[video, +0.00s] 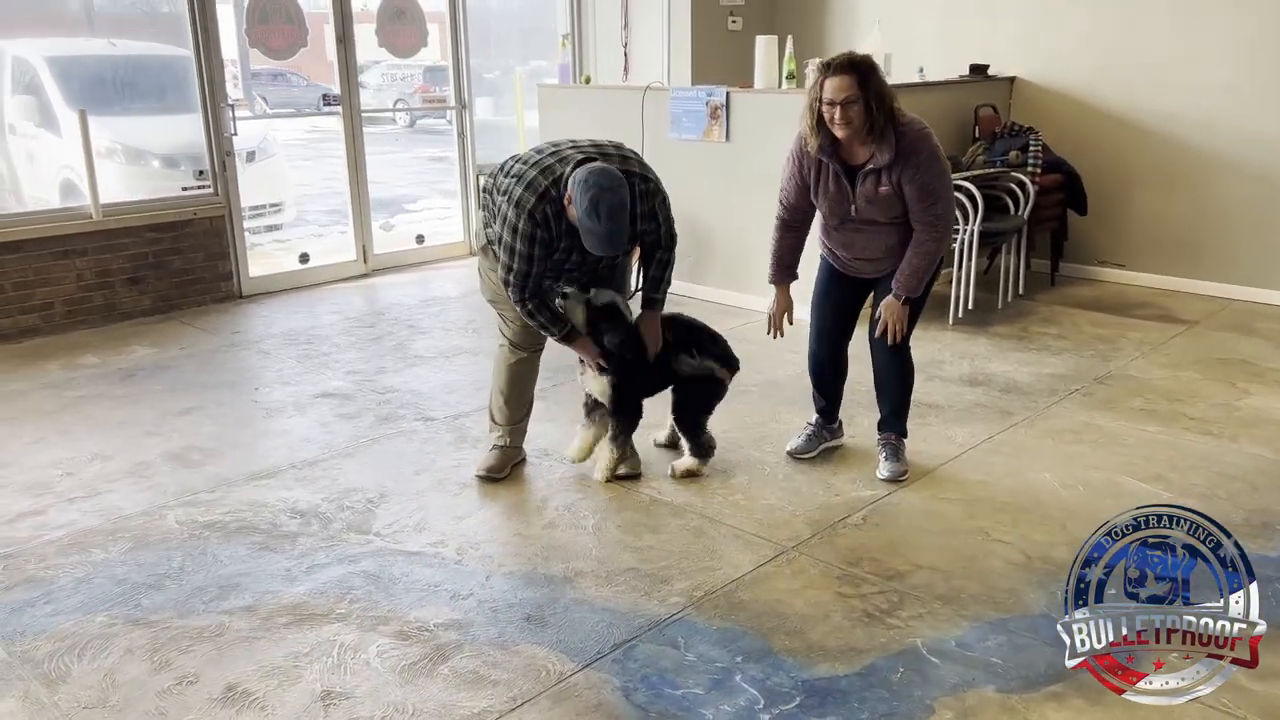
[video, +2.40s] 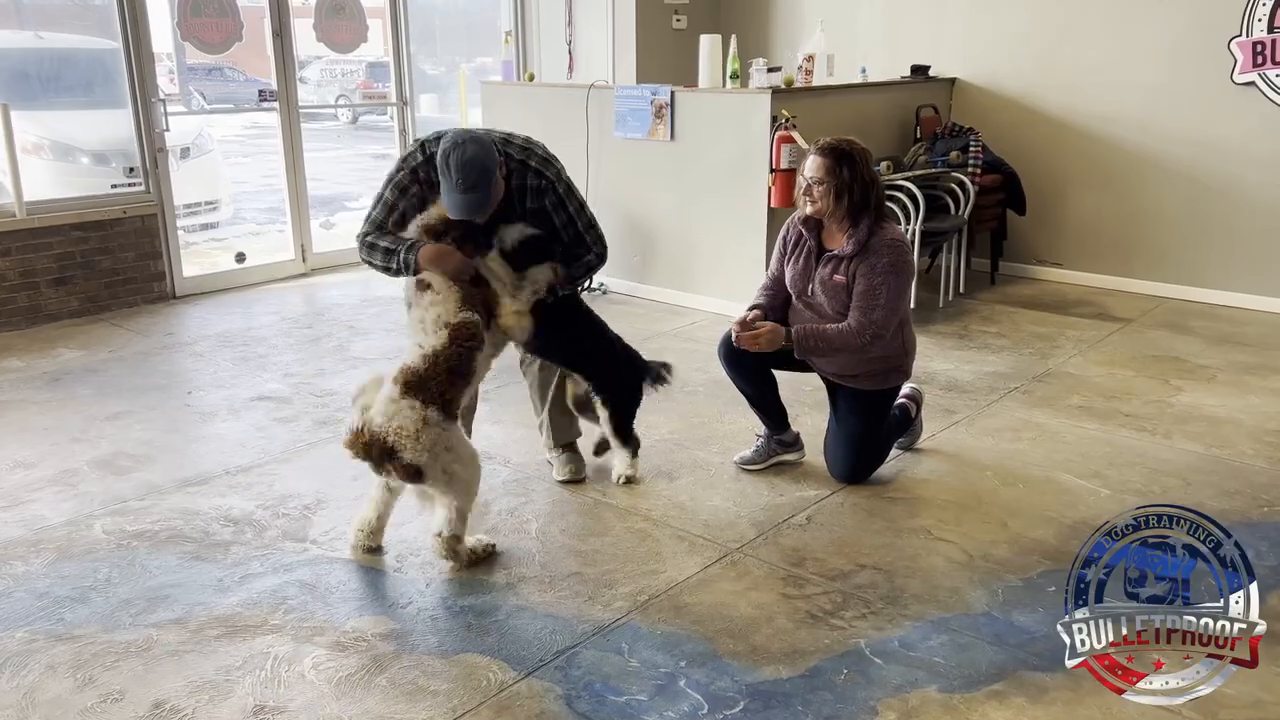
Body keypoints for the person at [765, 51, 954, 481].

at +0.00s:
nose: (838, 114)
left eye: (849, 103)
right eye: (829, 104)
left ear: (871, 101)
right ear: (817, 105)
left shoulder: (913, 143)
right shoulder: (810, 145)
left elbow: (935, 227)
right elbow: (792, 215)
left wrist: (900, 293)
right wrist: (781, 285)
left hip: (903, 259)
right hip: (841, 255)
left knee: (887, 338)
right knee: (823, 345)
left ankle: (892, 439)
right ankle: (826, 423)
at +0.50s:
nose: (809, 147)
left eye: (820, 137)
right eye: (801, 138)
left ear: (844, 136)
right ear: (792, 138)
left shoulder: (889, 173)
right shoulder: (792, 180)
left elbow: (900, 262)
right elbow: (768, 240)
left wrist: (860, 333)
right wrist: (732, 300)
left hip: (907, 267)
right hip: (838, 267)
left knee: (895, 355)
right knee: (818, 355)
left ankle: (922, 417)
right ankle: (831, 440)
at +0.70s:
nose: (793, 175)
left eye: (803, 165)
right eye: (787, 165)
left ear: (831, 165)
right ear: (781, 167)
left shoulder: (876, 207)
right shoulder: (784, 208)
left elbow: (877, 298)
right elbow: (750, 259)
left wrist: (826, 361)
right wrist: (700, 301)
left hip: (901, 298)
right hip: (834, 291)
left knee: (894, 400)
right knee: (797, 350)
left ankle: (951, 405)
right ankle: (825, 440)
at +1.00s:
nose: (796, 218)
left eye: (806, 210)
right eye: (791, 208)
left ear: (834, 210)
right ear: (786, 207)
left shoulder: (872, 259)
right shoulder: (787, 244)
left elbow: (854, 344)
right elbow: (735, 273)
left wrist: (833, 419)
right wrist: (674, 288)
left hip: (888, 353)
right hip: (831, 337)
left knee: (878, 459)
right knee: (772, 357)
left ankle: (938, 411)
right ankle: (813, 442)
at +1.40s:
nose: (805, 207)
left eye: (816, 202)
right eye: (804, 197)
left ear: (846, 204)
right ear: (800, 194)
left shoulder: (886, 259)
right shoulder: (797, 236)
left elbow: (872, 346)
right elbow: (761, 275)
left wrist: (811, 390)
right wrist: (730, 291)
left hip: (875, 363)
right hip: (819, 340)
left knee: (863, 468)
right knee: (753, 351)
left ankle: (923, 410)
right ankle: (799, 438)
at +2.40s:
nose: (804, 190)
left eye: (816, 182)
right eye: (803, 180)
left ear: (847, 186)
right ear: (799, 181)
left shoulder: (886, 247)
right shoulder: (798, 228)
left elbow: (864, 334)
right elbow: (775, 286)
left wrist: (788, 337)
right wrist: (758, 314)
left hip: (866, 364)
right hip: (814, 348)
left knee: (847, 470)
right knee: (734, 346)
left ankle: (908, 407)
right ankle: (780, 435)